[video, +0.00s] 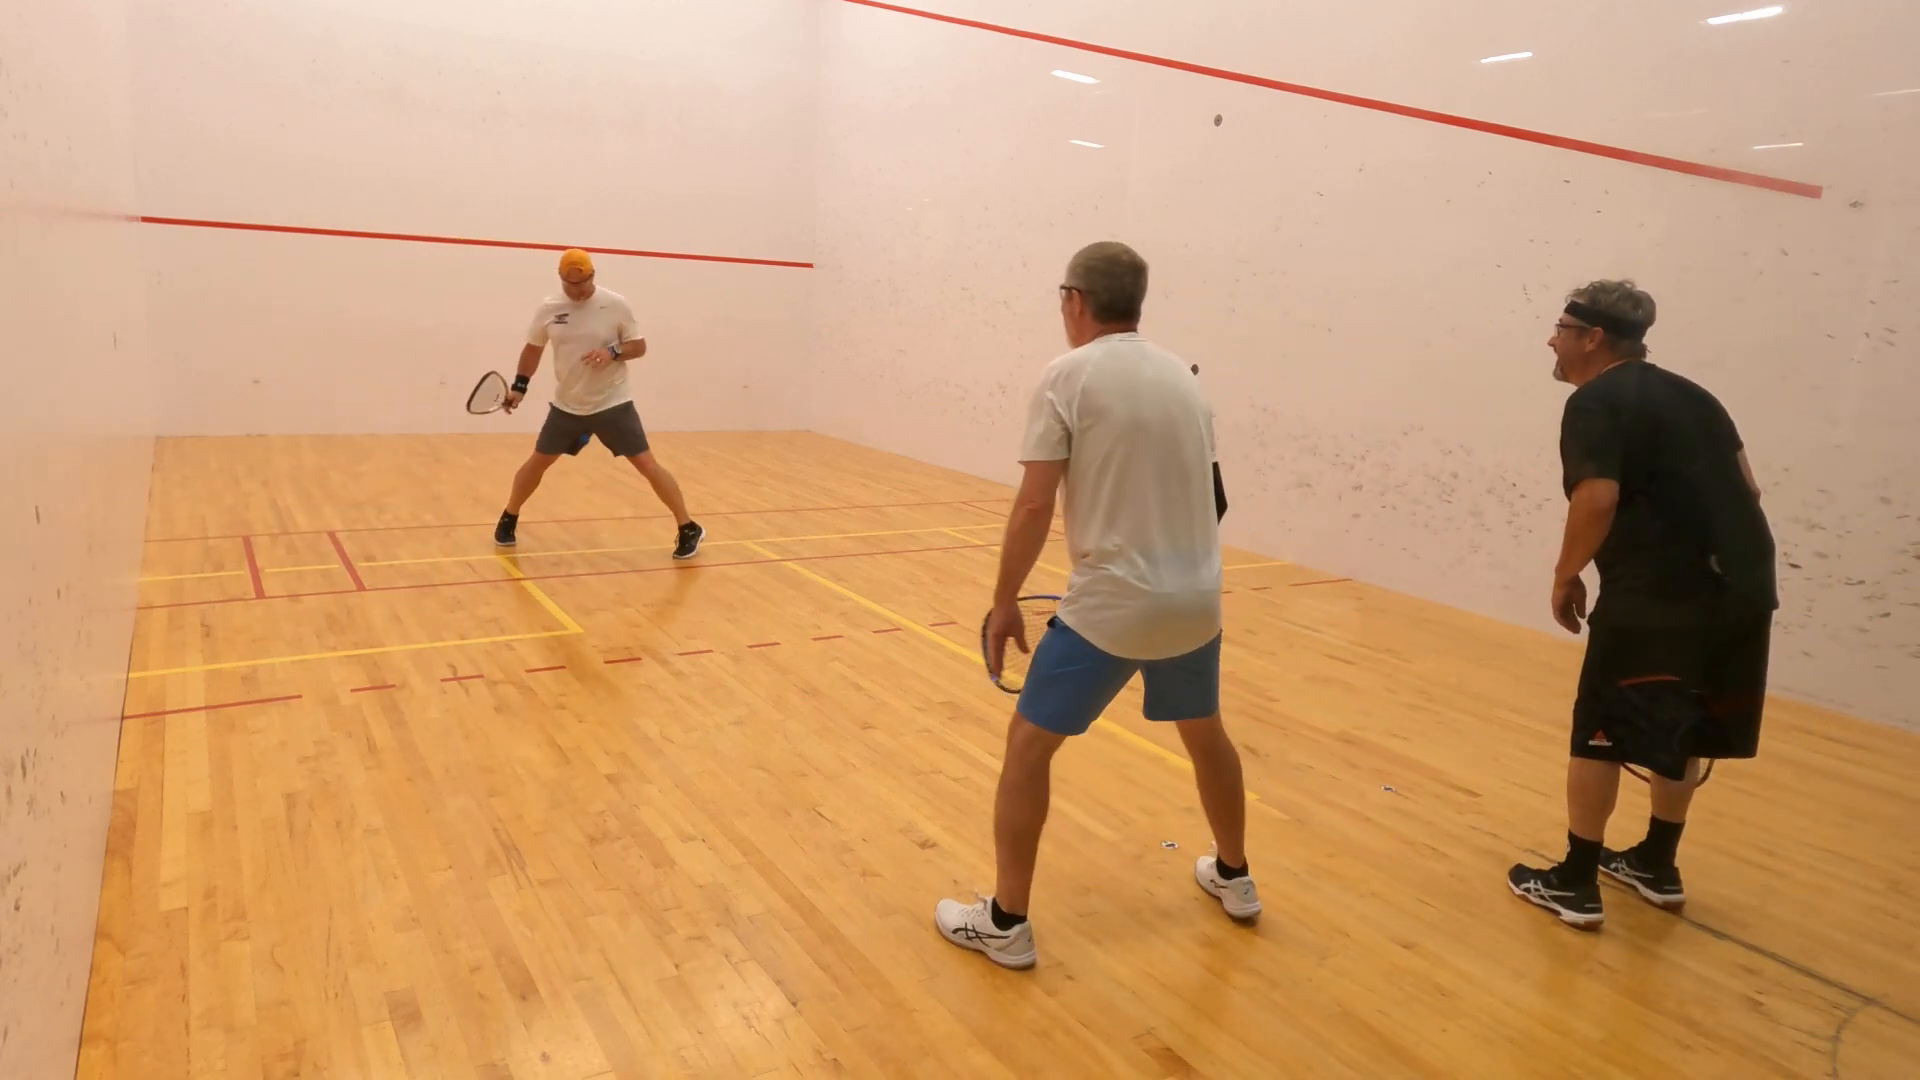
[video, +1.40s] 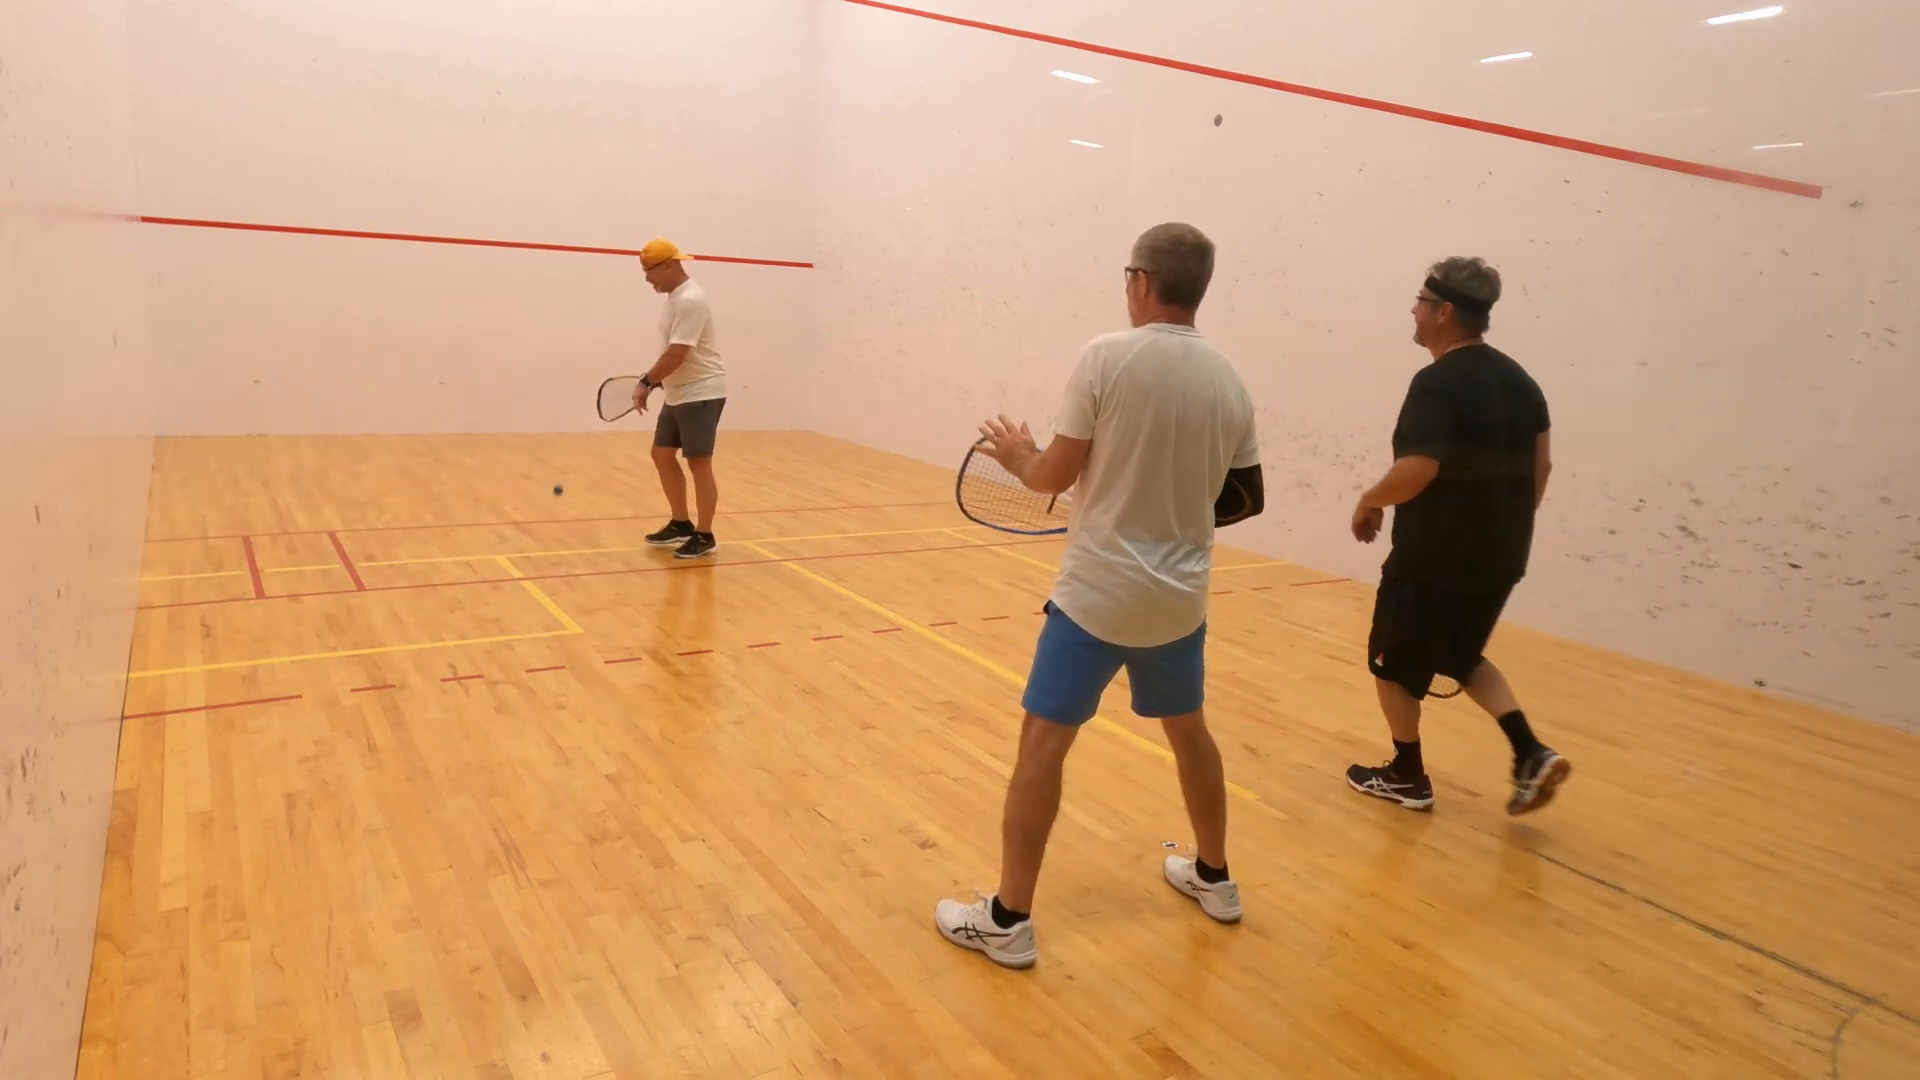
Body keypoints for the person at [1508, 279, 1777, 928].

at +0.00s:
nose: (1552, 340)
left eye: (1563, 330)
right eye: (1557, 328)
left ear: (1595, 339)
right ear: (1619, 342)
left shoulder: (1595, 401)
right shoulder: (1693, 397)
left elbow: (1596, 498)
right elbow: (1746, 492)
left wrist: (1566, 574)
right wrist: (1738, 579)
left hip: (1649, 599)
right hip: (1729, 601)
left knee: (1599, 726)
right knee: (1684, 724)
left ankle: (1577, 879)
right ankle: (1657, 862)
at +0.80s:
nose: (1573, 326)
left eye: (1584, 315)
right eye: (1578, 313)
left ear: (1618, 325)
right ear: (1644, 328)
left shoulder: (1600, 391)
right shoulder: (1709, 397)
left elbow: (1581, 481)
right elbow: (1747, 493)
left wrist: (1542, 531)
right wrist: (1712, 566)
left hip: (1610, 594)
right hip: (1698, 602)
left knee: (1531, 687)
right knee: (1657, 718)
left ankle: (1549, 823)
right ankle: (1658, 861)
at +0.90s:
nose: (1561, 327)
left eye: (1570, 316)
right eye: (1565, 315)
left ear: (1600, 325)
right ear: (1623, 329)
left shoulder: (1585, 393)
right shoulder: (1693, 399)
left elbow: (1570, 483)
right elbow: (1724, 495)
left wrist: (1524, 530)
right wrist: (1691, 560)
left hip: (1594, 592)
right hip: (1679, 602)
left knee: (1506, 674)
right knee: (1647, 722)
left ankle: (1488, 803)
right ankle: (1657, 861)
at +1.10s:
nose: (1509, 328)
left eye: (1518, 319)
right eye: (1514, 316)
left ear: (1546, 331)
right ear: (1570, 336)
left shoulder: (1534, 399)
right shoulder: (1630, 402)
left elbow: (1523, 489)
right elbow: (1654, 495)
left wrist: (1475, 530)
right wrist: (1610, 546)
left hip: (1539, 588)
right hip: (1618, 595)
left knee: (1459, 665)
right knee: (1618, 714)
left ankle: (1419, 773)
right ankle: (1653, 857)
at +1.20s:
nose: (1474, 323)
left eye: (1484, 315)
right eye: (1480, 312)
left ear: (1510, 328)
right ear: (1536, 331)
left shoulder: (1498, 398)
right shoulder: (1587, 397)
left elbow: (1488, 488)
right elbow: (1613, 486)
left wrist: (1440, 529)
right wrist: (1574, 543)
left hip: (1502, 576)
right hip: (1576, 584)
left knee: (1429, 656)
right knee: (1588, 701)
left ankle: (1410, 771)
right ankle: (1645, 838)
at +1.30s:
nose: (1441, 315)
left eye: (1450, 307)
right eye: (1446, 305)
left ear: (1475, 321)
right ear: (1499, 324)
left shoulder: (1464, 390)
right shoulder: (1551, 388)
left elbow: (1452, 478)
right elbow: (1573, 474)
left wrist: (1405, 515)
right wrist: (1547, 534)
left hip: (1462, 566)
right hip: (1534, 570)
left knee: (1410, 661)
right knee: (1523, 676)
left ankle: (1407, 773)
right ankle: (1604, 792)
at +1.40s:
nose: (1414, 311)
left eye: (1423, 303)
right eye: (1418, 300)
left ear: (1448, 314)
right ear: (1473, 317)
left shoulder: (1436, 382)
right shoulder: (1521, 383)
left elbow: (1417, 468)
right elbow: (1539, 470)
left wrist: (1370, 499)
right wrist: (1506, 523)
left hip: (1433, 556)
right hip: (1498, 559)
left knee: (1393, 657)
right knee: (1460, 652)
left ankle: (1406, 772)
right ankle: (1530, 753)